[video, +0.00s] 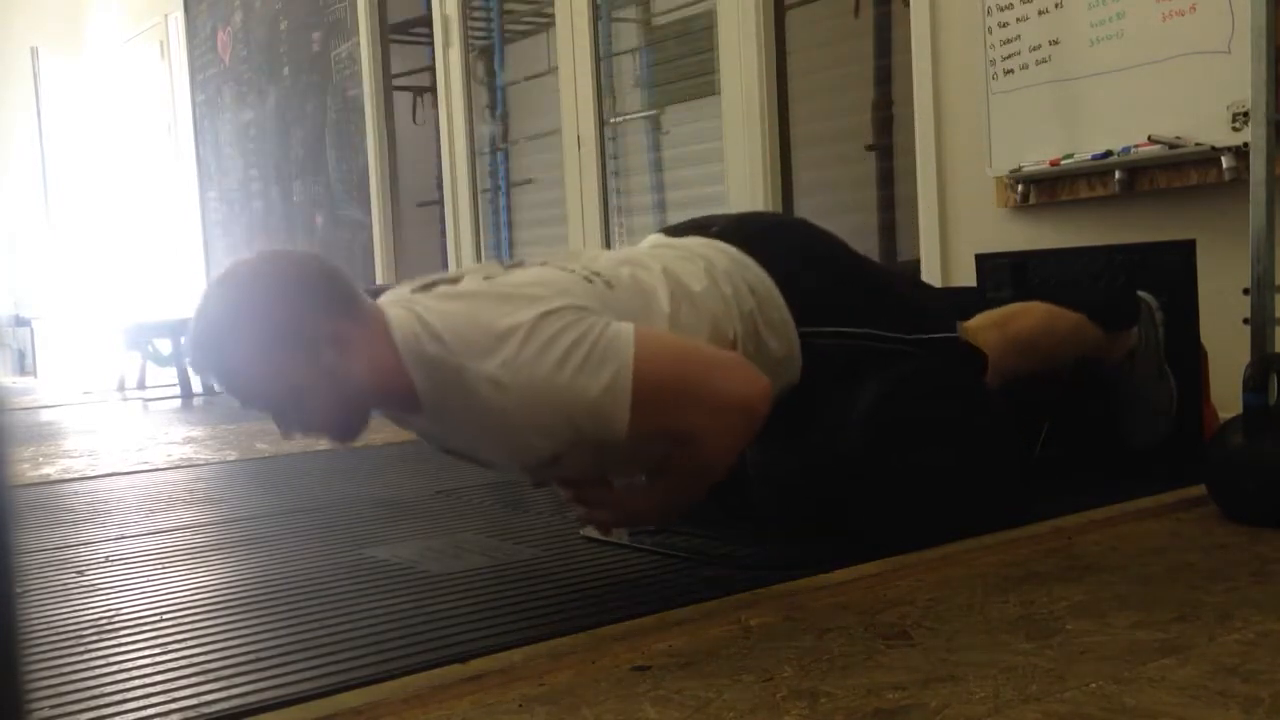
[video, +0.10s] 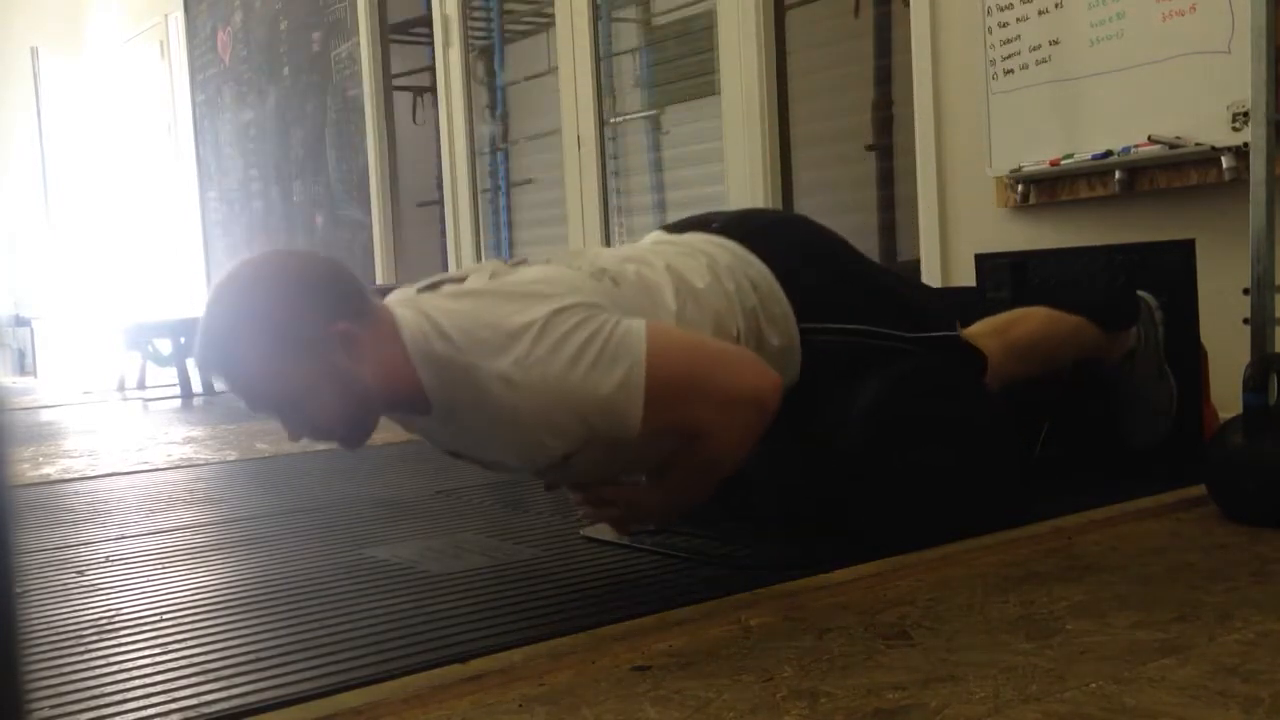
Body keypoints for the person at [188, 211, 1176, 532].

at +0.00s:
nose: (282, 420)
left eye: (277, 393)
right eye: (262, 405)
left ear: (338, 346)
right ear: (330, 336)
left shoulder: (505, 367)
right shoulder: (398, 343)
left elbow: (743, 404)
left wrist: (653, 495)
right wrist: (597, 460)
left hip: (766, 298)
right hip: (705, 266)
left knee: (959, 340)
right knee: (918, 312)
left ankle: (1120, 334)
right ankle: (1065, 321)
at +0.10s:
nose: (281, 418)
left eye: (276, 391)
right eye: (262, 400)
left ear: (347, 346)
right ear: (340, 339)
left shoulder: (515, 368)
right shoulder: (404, 334)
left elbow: (752, 399)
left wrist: (666, 496)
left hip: (774, 292)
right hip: (712, 260)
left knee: (953, 346)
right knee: (913, 311)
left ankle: (1113, 329)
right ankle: (1064, 303)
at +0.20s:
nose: (293, 362)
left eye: (293, 332)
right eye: (274, 342)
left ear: (363, 283)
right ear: (347, 289)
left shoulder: (515, 312)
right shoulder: (411, 326)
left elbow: (758, 360)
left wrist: (662, 466)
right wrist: (614, 447)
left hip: (786, 267)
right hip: (717, 259)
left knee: (957, 358)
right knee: (922, 323)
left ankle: (1108, 333)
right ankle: (1051, 334)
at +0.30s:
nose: (320, 233)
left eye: (327, 201)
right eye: (308, 211)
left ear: (397, 165)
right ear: (367, 187)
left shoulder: (547, 226)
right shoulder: (434, 260)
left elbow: (781, 303)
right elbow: (592, 307)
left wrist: (673, 408)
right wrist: (607, 390)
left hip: (812, 244)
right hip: (726, 257)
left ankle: (1095, 338)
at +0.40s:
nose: (388, 91)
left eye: (404, 57)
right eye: (373, 65)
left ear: (475, 39)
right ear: (369, 64)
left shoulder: (604, 133)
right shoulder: (458, 166)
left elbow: (812, 234)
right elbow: (587, 257)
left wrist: (688, 349)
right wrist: (624, 330)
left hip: (836, 230)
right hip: (710, 274)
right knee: (682, 452)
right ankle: (959, 376)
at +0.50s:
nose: (480, 2)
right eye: (481, 4)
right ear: (507, 3)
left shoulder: (688, 38)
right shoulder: (517, 78)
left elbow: (849, 171)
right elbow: (631, 188)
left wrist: (708, 282)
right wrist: (637, 252)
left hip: (861, 277)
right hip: (757, 303)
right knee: (683, 451)